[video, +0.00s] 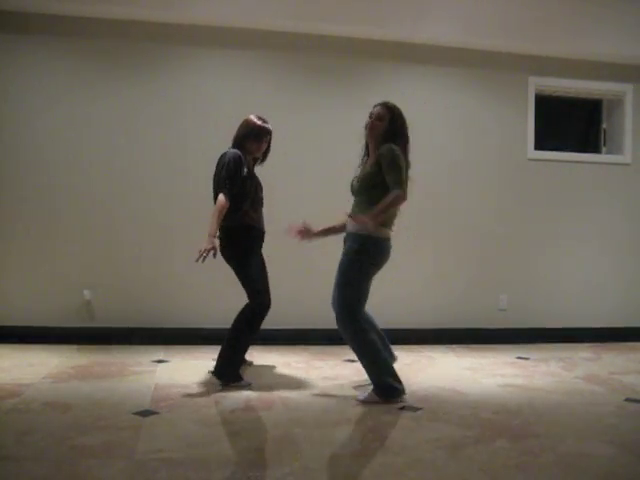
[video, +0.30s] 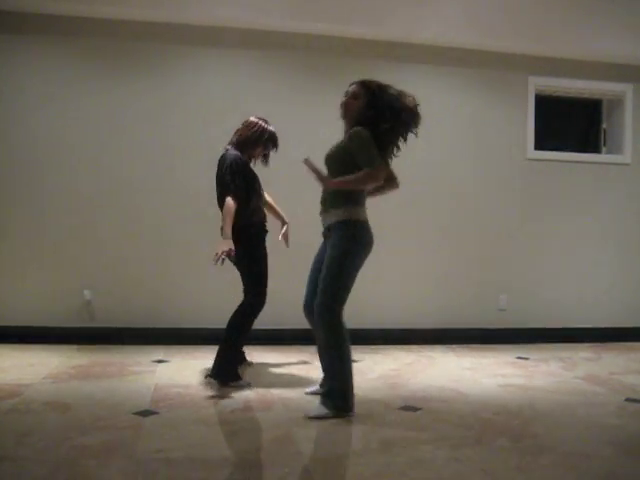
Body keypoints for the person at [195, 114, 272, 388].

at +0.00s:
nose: (264, 147)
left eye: (266, 142)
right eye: (261, 141)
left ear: (261, 144)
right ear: (249, 139)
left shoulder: (247, 166)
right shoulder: (233, 158)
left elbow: (241, 204)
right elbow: (222, 199)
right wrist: (212, 237)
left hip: (249, 239)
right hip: (238, 240)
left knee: (261, 300)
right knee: (259, 301)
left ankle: (232, 358)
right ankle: (226, 368)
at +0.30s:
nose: (263, 154)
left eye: (265, 150)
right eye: (263, 148)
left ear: (250, 140)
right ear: (253, 142)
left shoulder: (241, 161)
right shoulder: (233, 160)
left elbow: (261, 195)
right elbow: (230, 200)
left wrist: (283, 220)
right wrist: (226, 238)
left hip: (253, 236)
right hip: (246, 238)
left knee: (254, 297)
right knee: (254, 299)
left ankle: (234, 351)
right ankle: (222, 368)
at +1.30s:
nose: (245, 153)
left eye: (247, 148)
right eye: (243, 147)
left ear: (232, 146)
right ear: (229, 144)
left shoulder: (231, 167)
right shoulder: (213, 170)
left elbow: (257, 196)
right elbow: (231, 207)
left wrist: (284, 222)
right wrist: (255, 185)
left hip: (248, 234)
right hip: (237, 238)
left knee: (244, 300)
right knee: (240, 302)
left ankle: (229, 352)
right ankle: (219, 371)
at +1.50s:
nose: (242, 154)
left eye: (243, 149)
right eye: (241, 147)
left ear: (224, 139)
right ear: (230, 141)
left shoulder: (223, 156)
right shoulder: (215, 155)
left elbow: (256, 174)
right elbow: (247, 181)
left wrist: (292, 184)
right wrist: (273, 197)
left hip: (244, 235)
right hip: (238, 237)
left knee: (246, 299)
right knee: (246, 300)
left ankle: (227, 352)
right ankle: (220, 371)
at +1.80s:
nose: (241, 126)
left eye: (237, 124)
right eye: (236, 125)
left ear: (215, 138)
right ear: (229, 138)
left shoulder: (208, 167)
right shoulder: (231, 154)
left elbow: (251, 189)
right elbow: (261, 189)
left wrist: (285, 175)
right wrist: (288, 217)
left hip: (230, 241)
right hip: (241, 241)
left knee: (246, 299)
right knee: (254, 303)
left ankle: (230, 355)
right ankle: (222, 369)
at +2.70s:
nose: (223, 161)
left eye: (223, 157)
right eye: (220, 157)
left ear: (204, 159)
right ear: (209, 159)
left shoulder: (216, 176)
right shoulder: (209, 185)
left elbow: (246, 170)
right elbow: (249, 202)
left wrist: (280, 165)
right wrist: (277, 191)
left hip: (258, 237)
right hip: (255, 241)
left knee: (257, 301)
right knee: (260, 305)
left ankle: (231, 354)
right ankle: (224, 369)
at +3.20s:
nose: (188, 165)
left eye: (183, 161)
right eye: (181, 169)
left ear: (192, 162)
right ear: (184, 184)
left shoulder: (215, 189)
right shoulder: (208, 195)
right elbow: (232, 238)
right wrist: (257, 269)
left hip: (269, 238)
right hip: (265, 241)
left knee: (258, 303)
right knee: (257, 306)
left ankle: (232, 353)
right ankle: (221, 371)